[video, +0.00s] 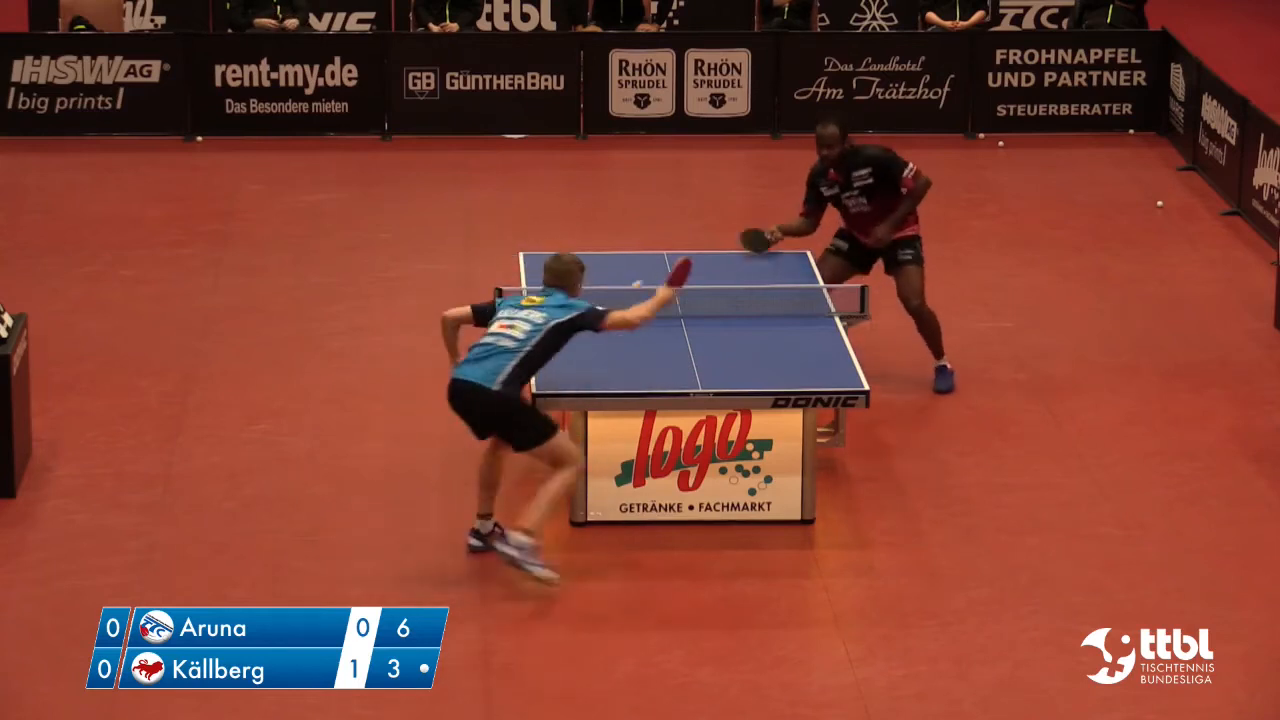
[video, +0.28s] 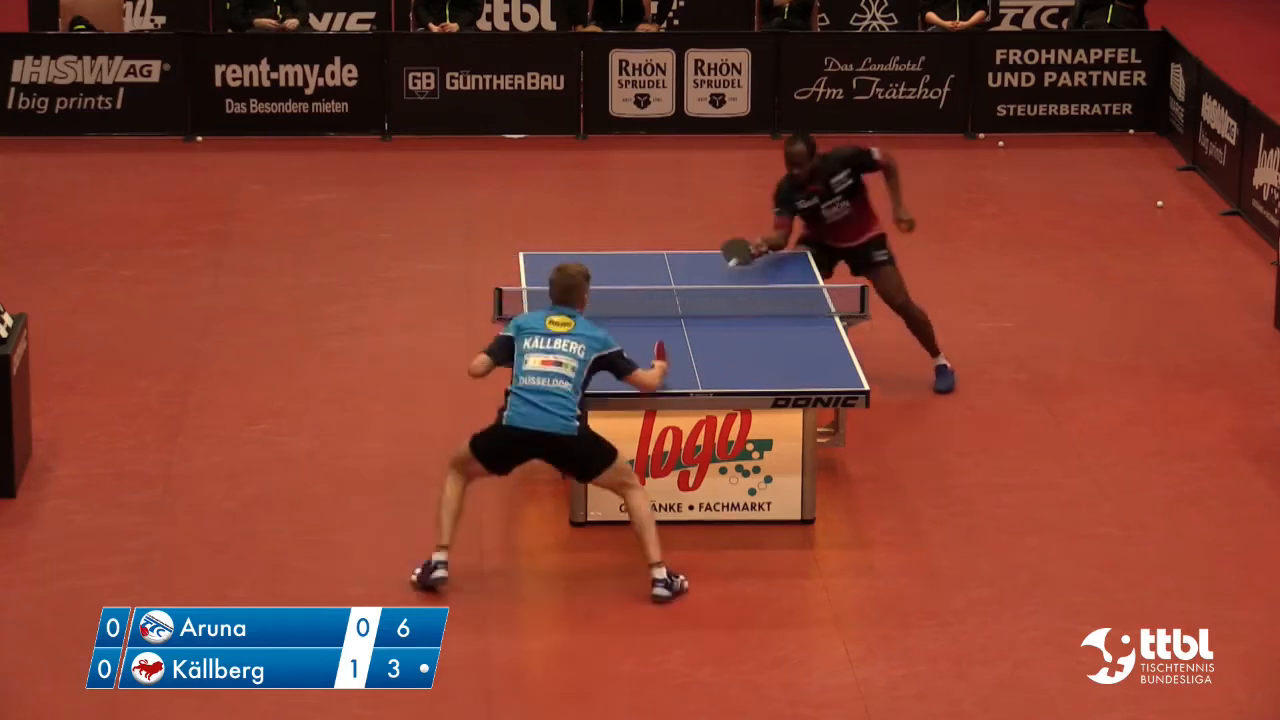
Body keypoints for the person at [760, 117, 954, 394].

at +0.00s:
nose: (825, 153)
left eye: (831, 147)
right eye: (820, 147)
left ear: (846, 142)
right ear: (815, 145)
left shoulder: (876, 157)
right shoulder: (819, 175)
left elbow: (921, 183)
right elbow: (808, 223)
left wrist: (888, 226)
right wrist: (780, 230)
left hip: (900, 234)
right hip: (855, 236)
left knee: (914, 303)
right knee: (811, 287)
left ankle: (942, 364)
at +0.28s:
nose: (795, 171)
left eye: (800, 164)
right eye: (791, 165)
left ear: (814, 156)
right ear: (786, 162)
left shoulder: (844, 160)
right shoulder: (787, 189)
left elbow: (888, 164)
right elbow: (781, 236)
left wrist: (898, 209)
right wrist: (766, 243)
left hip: (864, 239)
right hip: (820, 244)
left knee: (900, 303)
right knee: (791, 296)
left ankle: (939, 361)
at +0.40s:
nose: (774, 184)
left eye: (778, 177)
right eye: (767, 179)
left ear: (788, 167)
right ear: (760, 176)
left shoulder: (809, 165)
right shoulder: (760, 200)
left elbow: (844, 168)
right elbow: (766, 239)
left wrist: (860, 210)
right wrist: (764, 249)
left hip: (834, 247)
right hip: (797, 261)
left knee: (879, 302)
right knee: (791, 318)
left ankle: (928, 362)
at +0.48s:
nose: (762, 183)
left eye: (765, 176)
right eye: (755, 178)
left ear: (775, 166)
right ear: (747, 176)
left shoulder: (792, 165)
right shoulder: (744, 202)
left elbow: (823, 168)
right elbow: (753, 244)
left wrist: (839, 212)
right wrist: (758, 243)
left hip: (817, 246)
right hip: (784, 261)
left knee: (860, 300)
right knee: (785, 318)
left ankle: (910, 360)